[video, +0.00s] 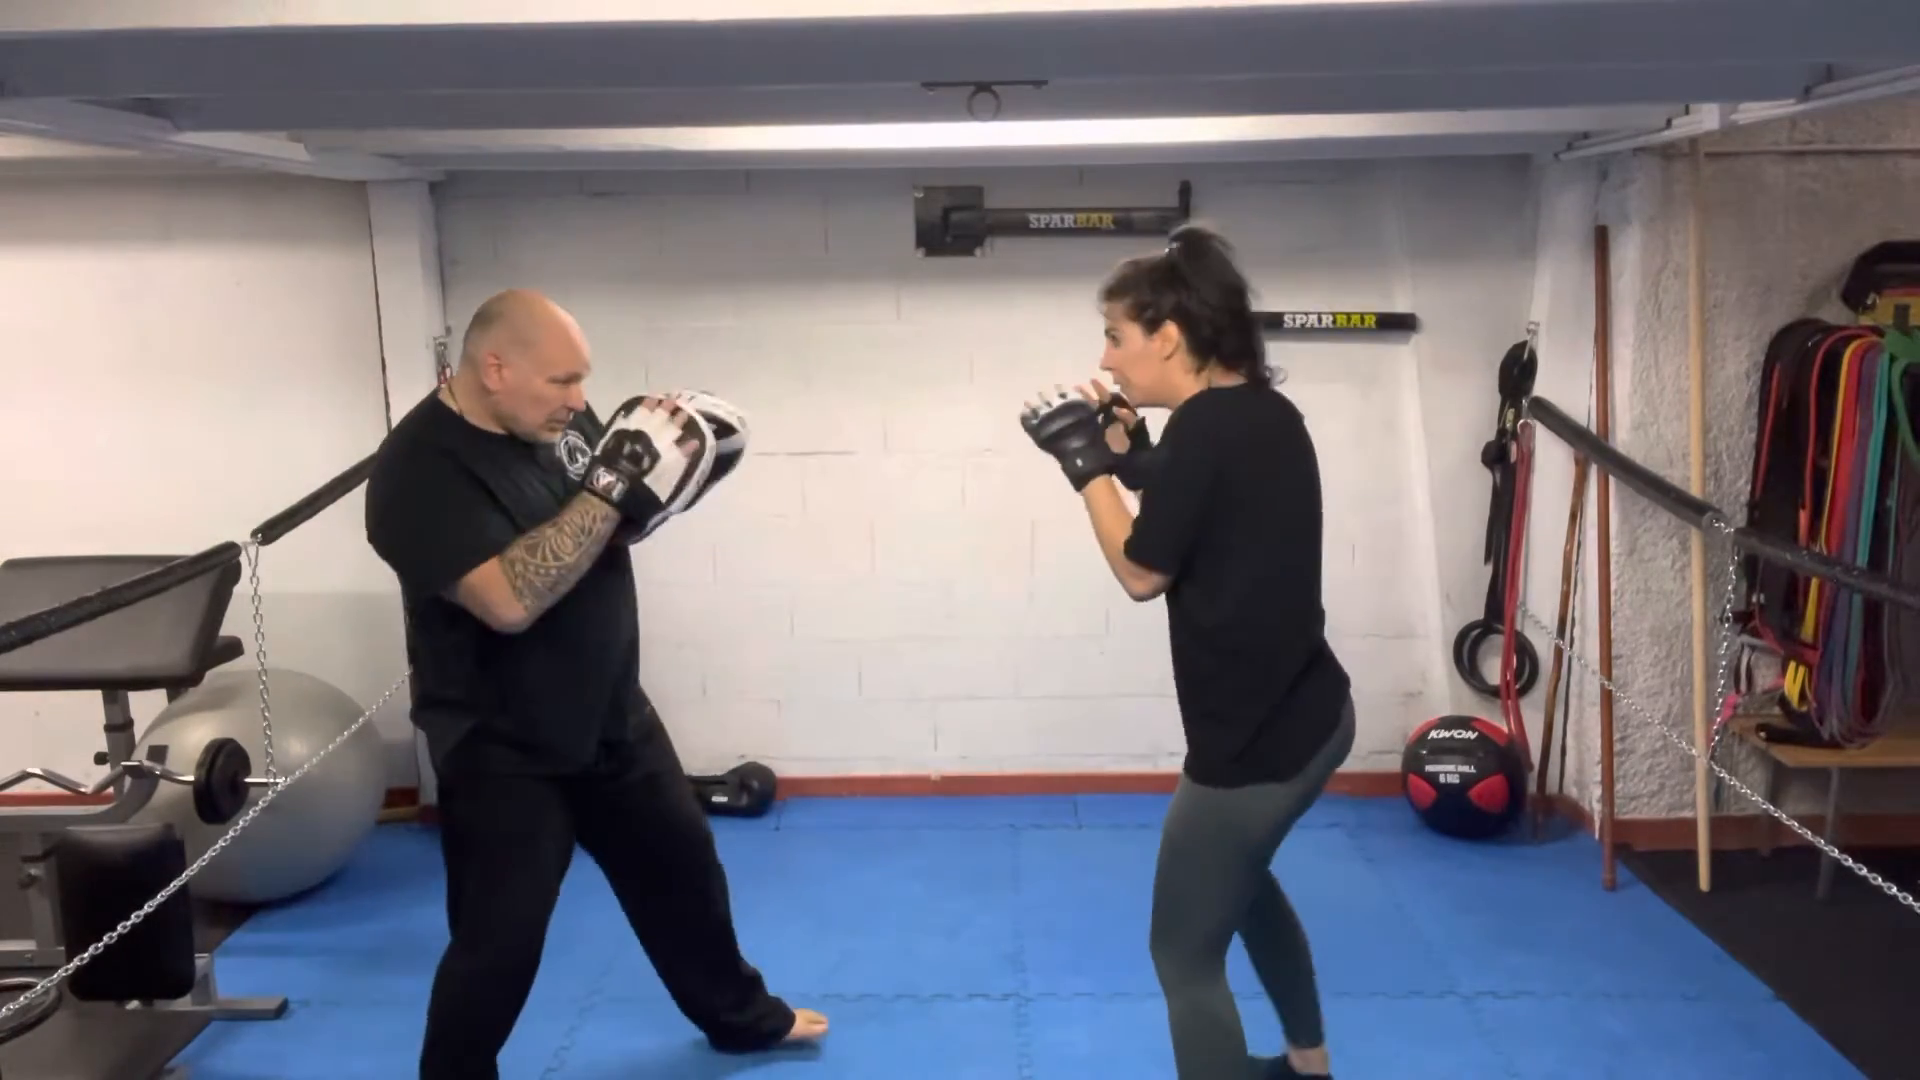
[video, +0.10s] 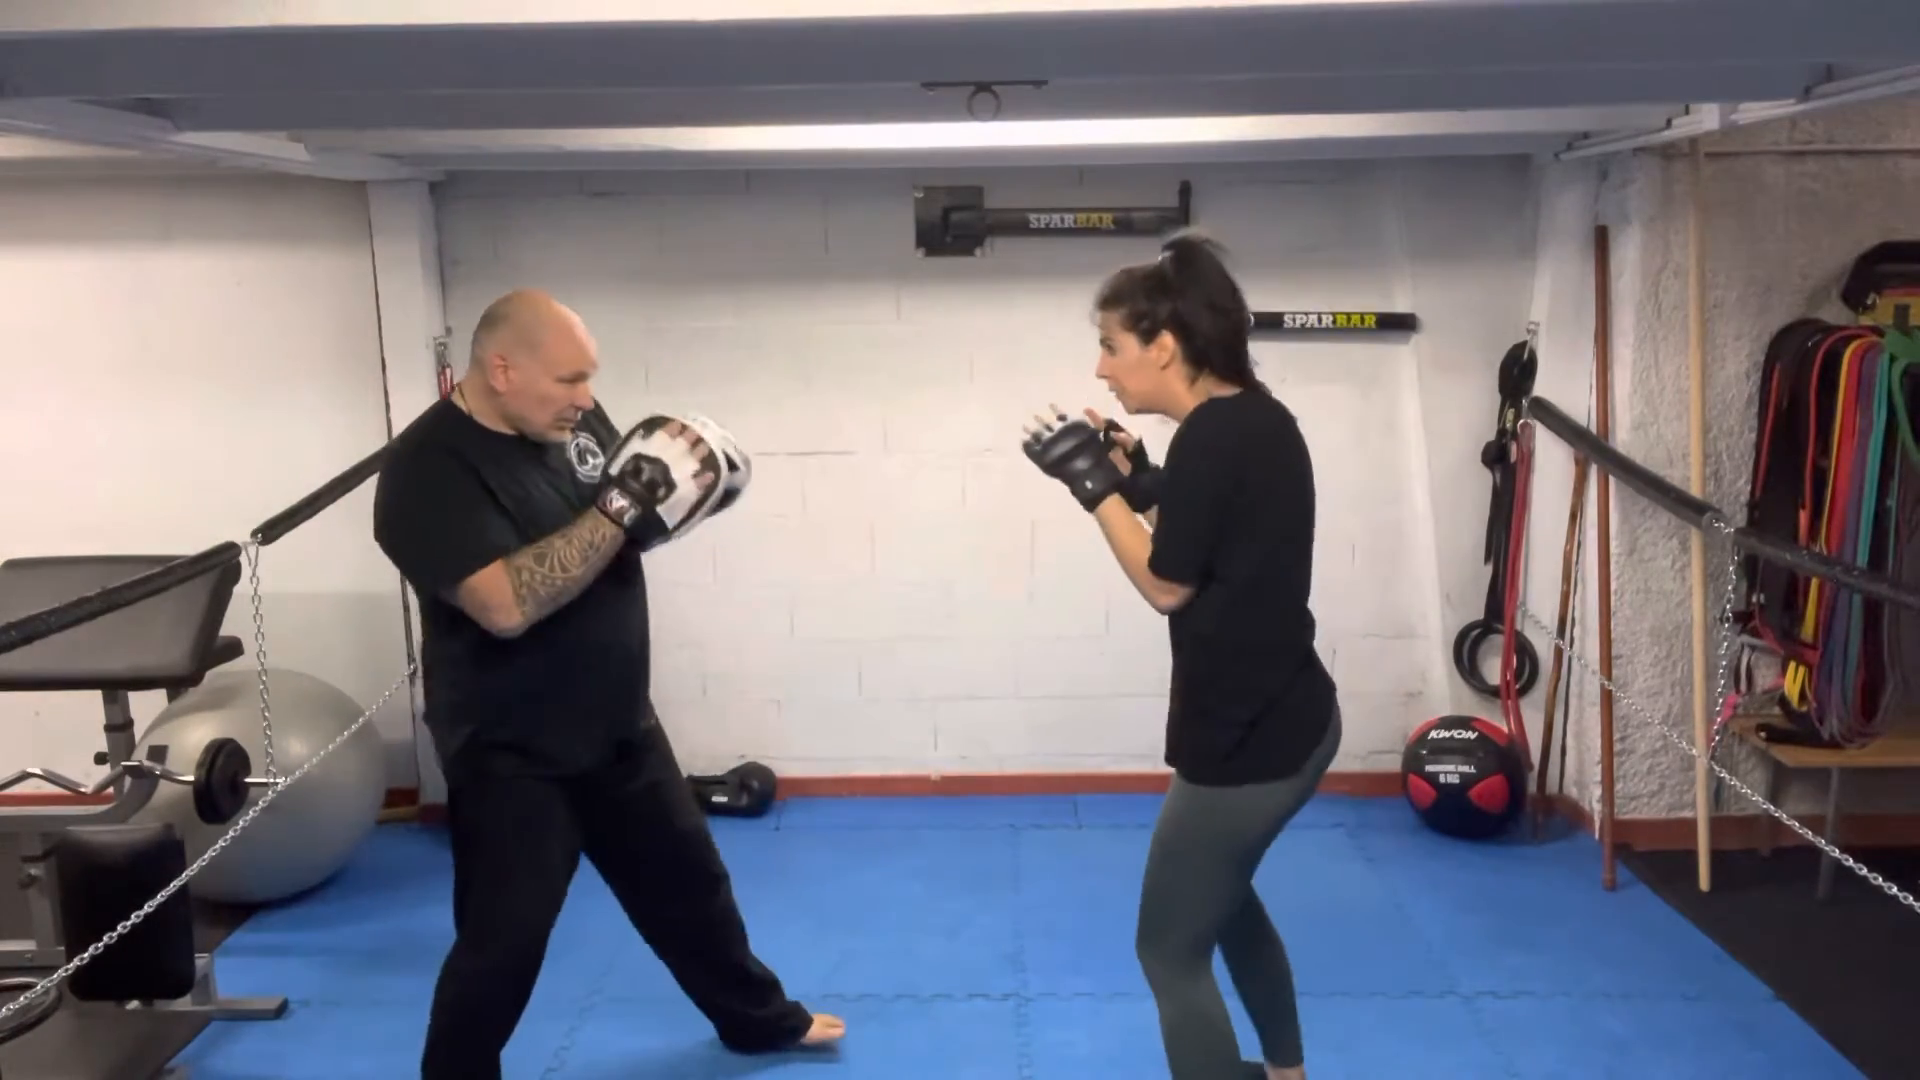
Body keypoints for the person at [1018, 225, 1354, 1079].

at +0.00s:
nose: (1104, 360)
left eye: (1114, 337)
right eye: (1106, 338)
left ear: (1170, 335)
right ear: (1178, 334)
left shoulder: (1201, 430)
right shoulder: (1274, 415)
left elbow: (1142, 571)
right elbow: (1231, 530)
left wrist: (1089, 468)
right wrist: (1141, 459)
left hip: (1248, 750)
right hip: (1313, 717)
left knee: (1185, 956)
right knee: (1241, 878)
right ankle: (1309, 1055)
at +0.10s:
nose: (1100, 367)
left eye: (1110, 345)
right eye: (1102, 346)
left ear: (1166, 344)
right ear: (1172, 345)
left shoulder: (1211, 437)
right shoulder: (1265, 422)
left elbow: (1165, 587)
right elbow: (1229, 550)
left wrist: (1100, 489)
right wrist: (1143, 483)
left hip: (1239, 749)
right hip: (1294, 724)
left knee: (1170, 953)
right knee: (1227, 900)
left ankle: (1221, 1076)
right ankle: (1285, 1066)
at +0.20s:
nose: (1099, 379)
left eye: (1108, 358)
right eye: (1100, 359)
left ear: (1163, 355)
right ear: (1165, 356)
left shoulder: (1222, 445)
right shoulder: (1254, 430)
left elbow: (1185, 595)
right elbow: (1219, 571)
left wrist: (1107, 500)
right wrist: (1141, 498)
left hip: (1240, 753)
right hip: (1279, 733)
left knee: (1153, 948)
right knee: (1209, 897)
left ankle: (1214, 1076)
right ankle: (1281, 1066)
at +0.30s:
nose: (1097, 386)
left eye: (1106, 365)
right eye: (1098, 366)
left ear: (1161, 363)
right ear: (1164, 363)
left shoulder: (1222, 450)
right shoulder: (1248, 435)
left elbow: (1188, 598)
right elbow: (1204, 570)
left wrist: (1108, 505)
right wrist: (1130, 492)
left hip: (1238, 759)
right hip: (1271, 743)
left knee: (1138, 941)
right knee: (1204, 893)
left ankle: (1208, 1077)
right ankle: (1285, 1065)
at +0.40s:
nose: (1095, 398)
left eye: (1103, 377)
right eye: (1094, 377)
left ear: (1158, 371)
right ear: (1160, 370)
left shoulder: (1218, 454)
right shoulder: (1248, 438)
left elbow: (1178, 599)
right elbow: (1187, 567)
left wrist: (1107, 496)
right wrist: (1116, 480)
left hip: (1230, 759)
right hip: (1275, 739)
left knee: (1110, 931)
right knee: (1199, 889)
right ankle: (1285, 1065)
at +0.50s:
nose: (1090, 406)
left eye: (1096, 388)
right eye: (1088, 389)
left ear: (1149, 383)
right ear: (1157, 378)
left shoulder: (1207, 455)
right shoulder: (1252, 440)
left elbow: (1166, 597)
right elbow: (1180, 567)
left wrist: (1108, 492)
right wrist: (1117, 478)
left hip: (1218, 757)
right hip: (1280, 735)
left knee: (1073, 907)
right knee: (1194, 885)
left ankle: (1142, 1075)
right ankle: (1288, 1065)